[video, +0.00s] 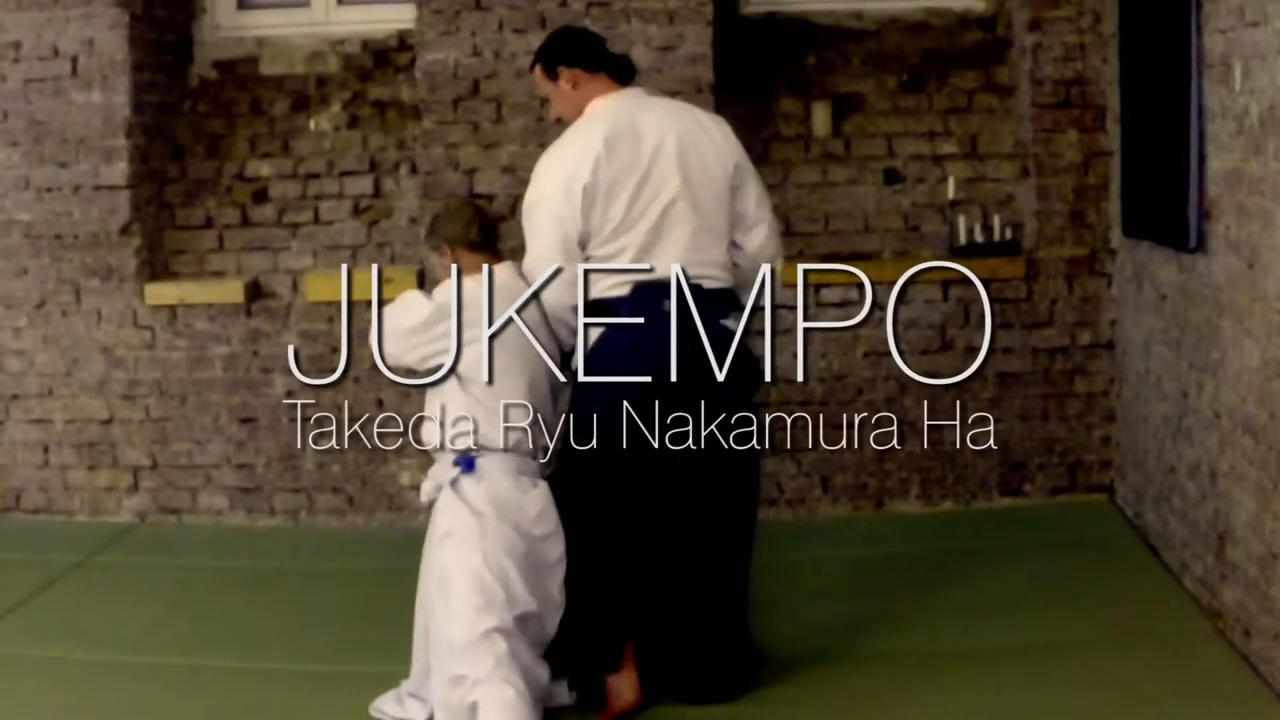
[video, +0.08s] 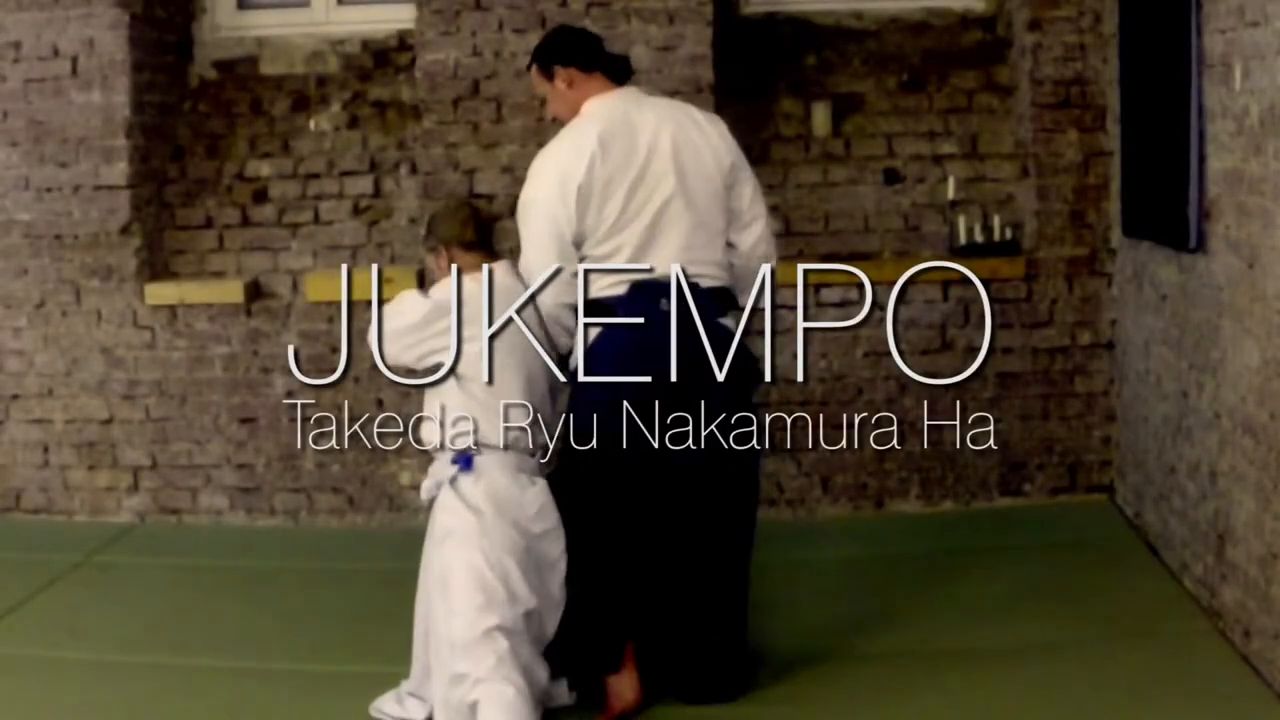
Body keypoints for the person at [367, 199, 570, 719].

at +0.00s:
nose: (439, 268)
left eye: (438, 259)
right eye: (437, 260)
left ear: (449, 256)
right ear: (496, 246)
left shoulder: (463, 299)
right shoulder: (539, 302)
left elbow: (395, 341)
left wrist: (433, 295)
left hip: (476, 493)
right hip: (531, 491)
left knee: (476, 642)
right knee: (520, 638)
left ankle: (497, 707)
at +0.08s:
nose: (435, 269)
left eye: (434, 259)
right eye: (433, 260)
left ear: (446, 256)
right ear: (492, 247)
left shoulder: (461, 298)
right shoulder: (534, 298)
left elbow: (394, 341)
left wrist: (430, 295)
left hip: (476, 486)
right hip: (531, 484)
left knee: (477, 629)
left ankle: (498, 706)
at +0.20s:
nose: (433, 269)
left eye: (432, 260)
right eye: (431, 260)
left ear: (443, 255)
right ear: (490, 247)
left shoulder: (459, 296)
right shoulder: (533, 300)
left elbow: (395, 344)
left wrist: (429, 295)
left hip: (474, 484)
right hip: (529, 483)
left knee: (477, 632)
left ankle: (498, 706)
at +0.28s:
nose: (432, 268)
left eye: (431, 259)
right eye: (431, 260)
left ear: (441, 256)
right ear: (491, 248)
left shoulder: (458, 296)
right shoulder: (531, 300)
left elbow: (393, 343)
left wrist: (428, 294)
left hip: (474, 486)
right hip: (528, 485)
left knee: (477, 633)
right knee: (519, 630)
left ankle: (496, 706)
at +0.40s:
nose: (431, 268)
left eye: (430, 259)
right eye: (430, 259)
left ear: (440, 256)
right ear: (487, 249)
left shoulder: (456, 297)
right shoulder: (527, 316)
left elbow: (393, 344)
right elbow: (543, 398)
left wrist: (427, 294)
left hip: (472, 489)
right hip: (526, 488)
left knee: (475, 639)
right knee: (518, 638)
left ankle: (494, 707)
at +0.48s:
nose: (431, 273)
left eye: (429, 263)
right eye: (429, 264)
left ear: (440, 259)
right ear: (485, 250)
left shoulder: (454, 297)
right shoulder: (524, 310)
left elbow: (386, 346)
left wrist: (422, 298)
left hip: (470, 490)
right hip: (524, 488)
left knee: (471, 641)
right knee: (512, 638)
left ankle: (489, 707)